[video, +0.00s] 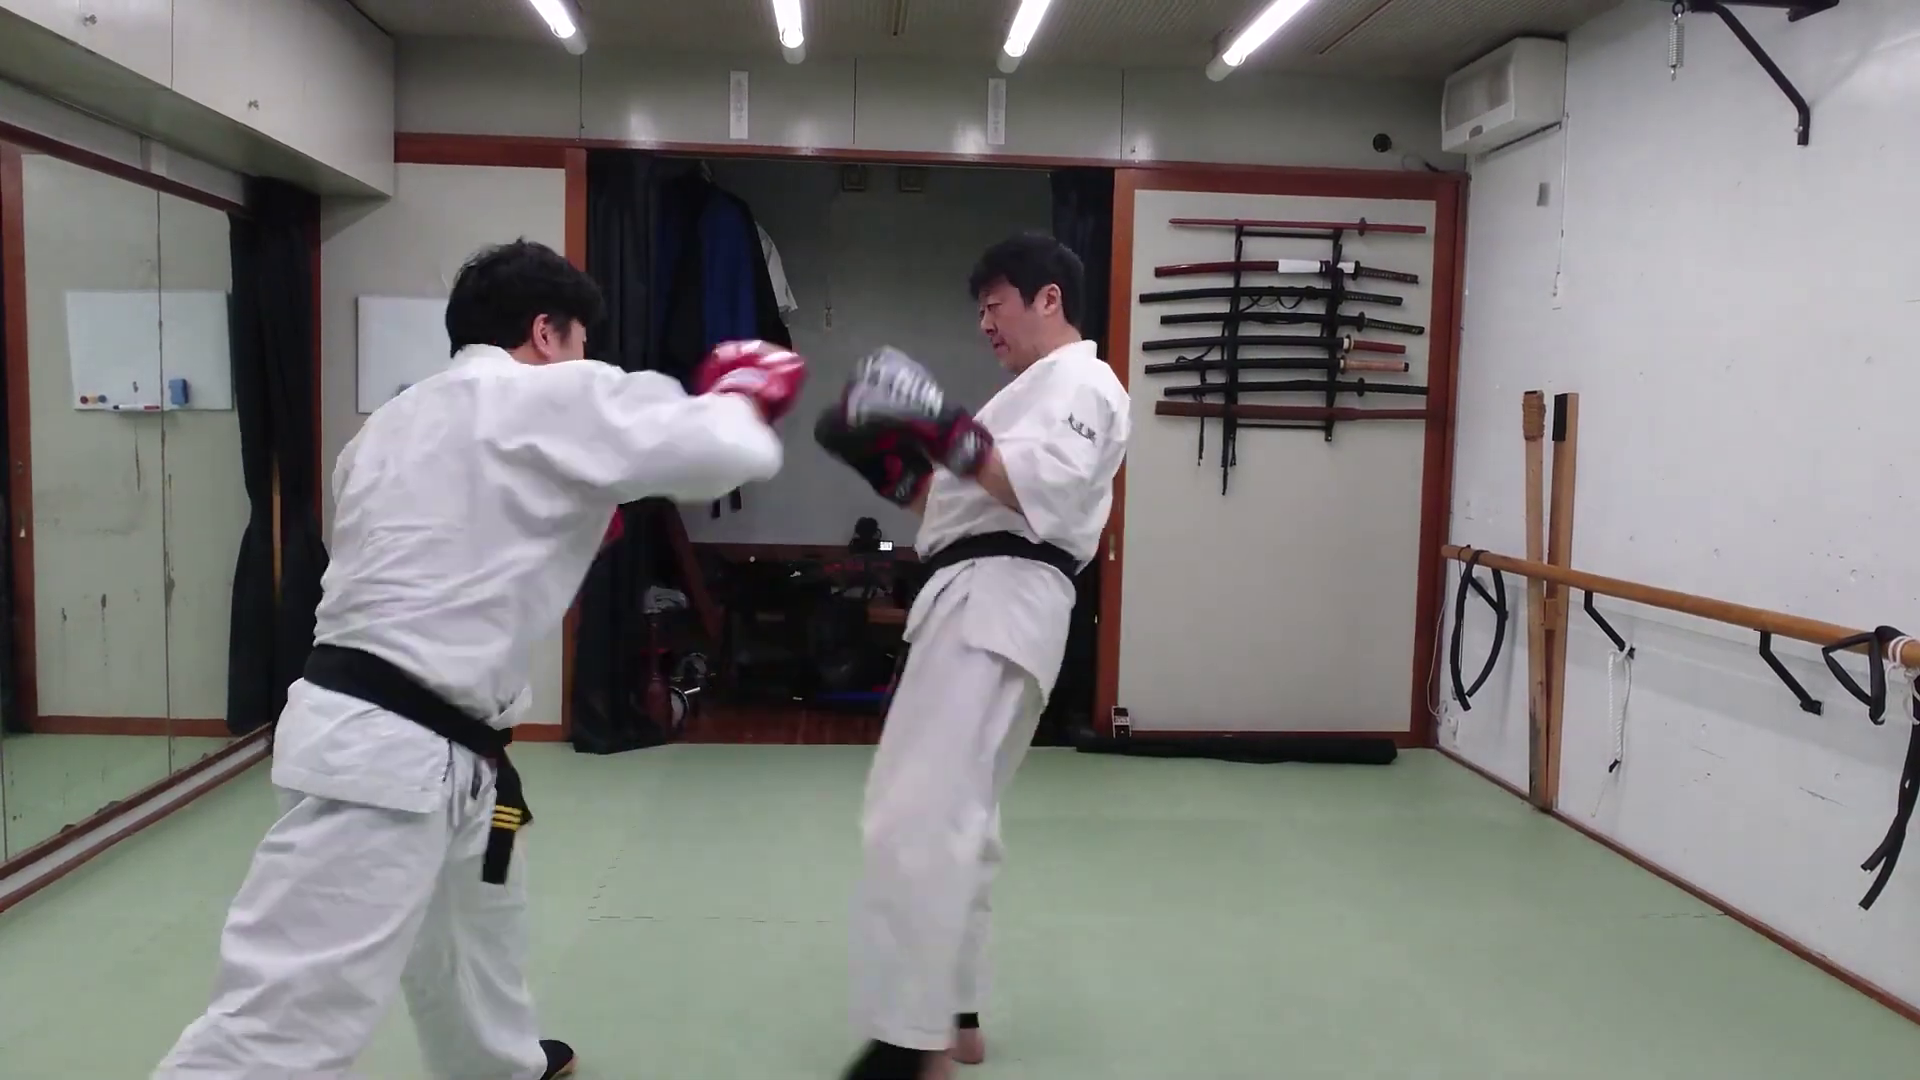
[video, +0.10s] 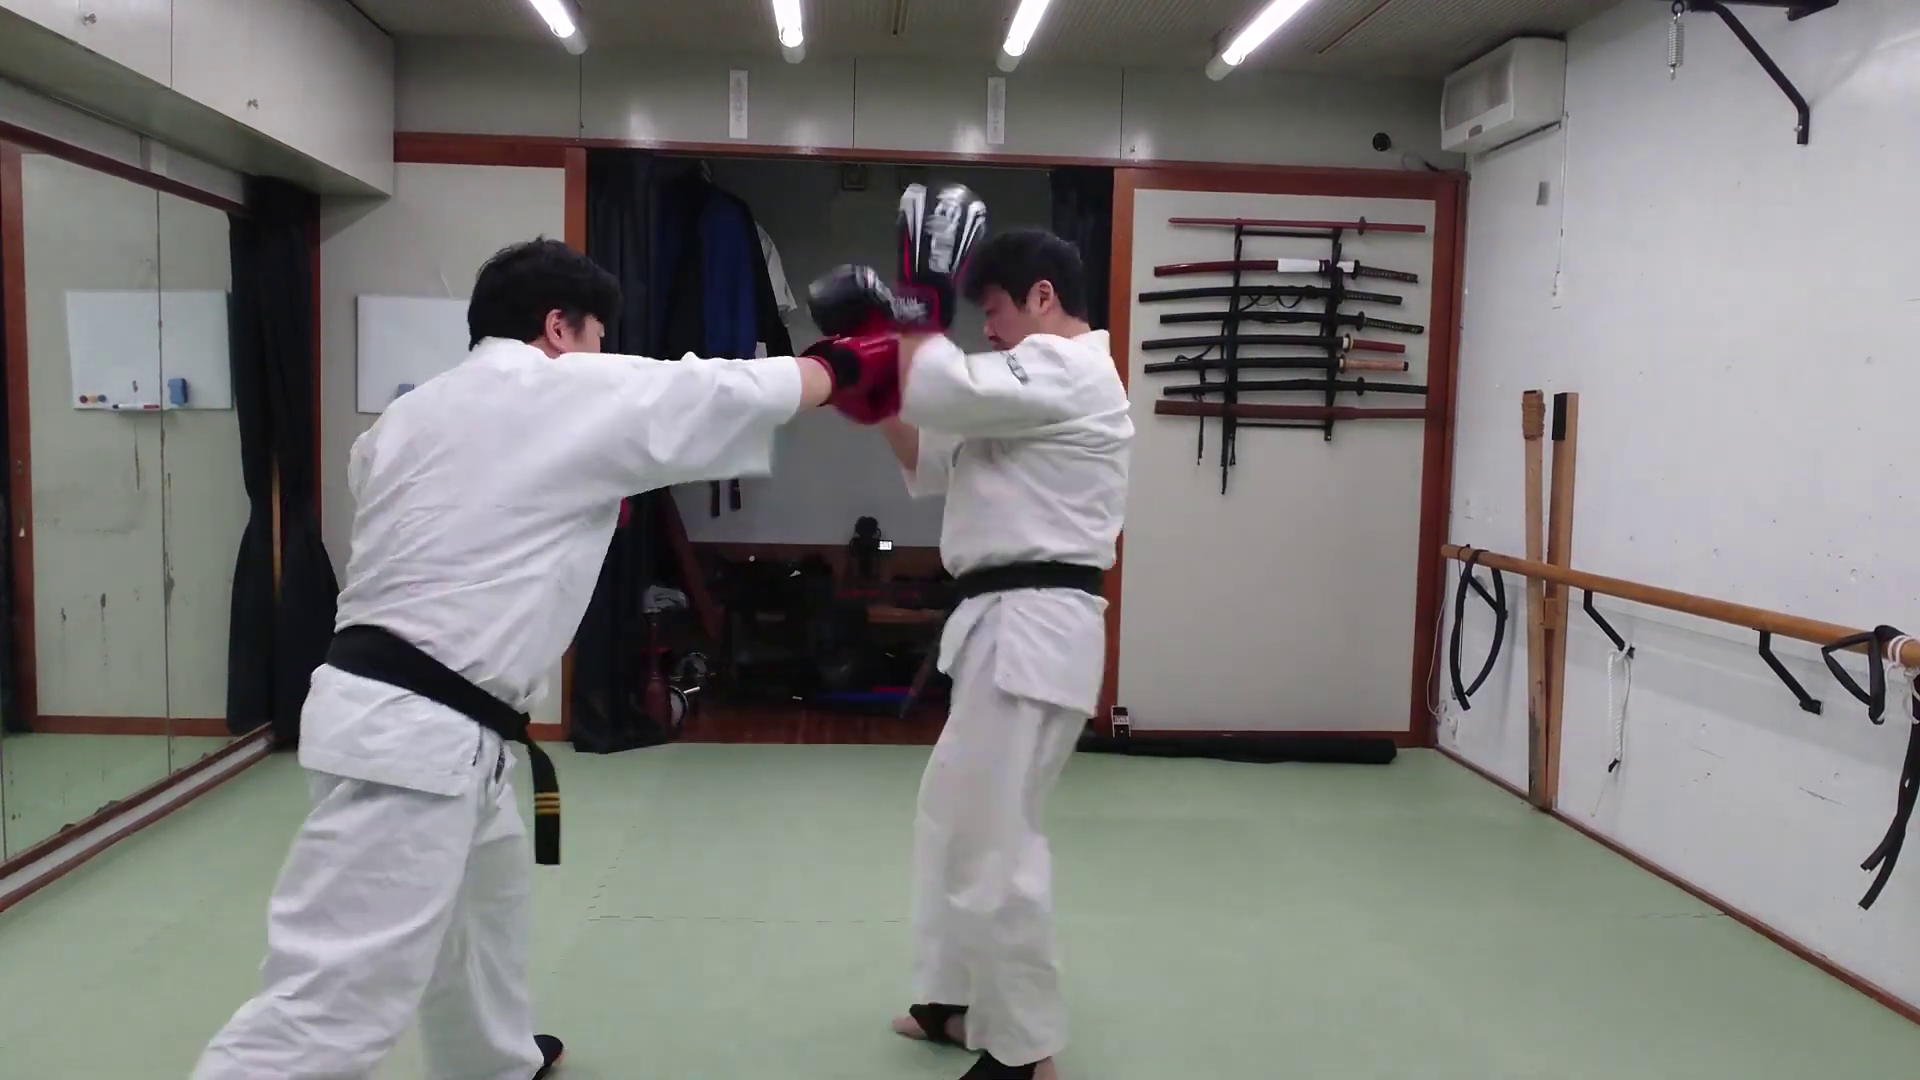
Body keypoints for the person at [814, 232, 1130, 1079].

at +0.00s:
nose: (987, 327)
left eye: (996, 306)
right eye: (983, 312)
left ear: (1048, 299)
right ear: (1042, 307)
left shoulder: (1080, 377)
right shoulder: (1035, 392)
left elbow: (1045, 484)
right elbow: (971, 509)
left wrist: (946, 431)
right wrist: (898, 472)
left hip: (998, 593)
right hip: (982, 592)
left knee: (914, 807)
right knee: (957, 811)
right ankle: (953, 1016)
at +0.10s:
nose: (988, 327)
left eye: (995, 309)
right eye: (984, 314)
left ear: (1044, 296)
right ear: (1043, 299)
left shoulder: (1075, 366)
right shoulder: (1030, 379)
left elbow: (953, 391)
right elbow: (932, 465)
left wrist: (897, 329)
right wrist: (882, 385)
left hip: (1038, 622)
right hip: (1001, 621)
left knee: (993, 828)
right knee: (947, 808)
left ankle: (1025, 1046)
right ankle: (953, 1003)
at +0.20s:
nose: (1005, 333)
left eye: (1012, 311)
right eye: (1001, 316)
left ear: (1060, 292)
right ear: (1063, 296)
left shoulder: (1085, 368)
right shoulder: (1068, 362)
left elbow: (926, 407)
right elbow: (953, 384)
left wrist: (833, 344)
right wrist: (888, 317)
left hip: (1068, 637)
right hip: (1015, 633)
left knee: (1024, 847)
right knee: (958, 813)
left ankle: (1023, 1051)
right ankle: (994, 981)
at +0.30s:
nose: (1028, 317)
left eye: (1036, 298)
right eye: (1026, 300)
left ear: (1090, 289)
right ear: (1090, 292)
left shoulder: (1105, 372)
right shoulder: (1073, 363)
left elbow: (976, 448)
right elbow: (967, 372)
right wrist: (927, 277)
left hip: (1082, 628)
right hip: (1032, 622)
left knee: (1044, 849)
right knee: (1020, 816)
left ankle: (1024, 1055)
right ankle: (1126, 949)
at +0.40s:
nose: (1053, 316)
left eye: (1066, 298)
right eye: (1052, 301)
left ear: (1121, 297)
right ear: (1113, 299)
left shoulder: (1139, 390)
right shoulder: (1093, 381)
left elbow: (1080, 524)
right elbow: (979, 379)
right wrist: (952, 287)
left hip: (1104, 640)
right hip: (1091, 632)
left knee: (1053, 857)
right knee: (1131, 825)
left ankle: (1026, 1055)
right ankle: (1235, 962)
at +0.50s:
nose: (1085, 328)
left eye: (1094, 309)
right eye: (1080, 313)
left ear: (1152, 298)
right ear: (1140, 304)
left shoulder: (1199, 395)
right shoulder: (1107, 387)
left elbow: (1193, 536)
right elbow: (998, 431)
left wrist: (1081, 540)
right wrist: (931, 388)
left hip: (1155, 647)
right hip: (1121, 640)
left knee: (1082, 849)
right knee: (1202, 819)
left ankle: (1023, 1051)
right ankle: (1278, 984)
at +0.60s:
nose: (1119, 329)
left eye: (1134, 309)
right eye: (1110, 314)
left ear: (1188, 302)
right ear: (1111, 317)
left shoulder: (1234, 394)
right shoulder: (1122, 412)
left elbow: (1161, 497)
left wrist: (1031, 477)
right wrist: (1013, 471)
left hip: (1237, 635)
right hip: (1166, 636)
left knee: (1167, 825)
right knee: (1220, 814)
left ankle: (1124, 1035)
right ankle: (1278, 986)